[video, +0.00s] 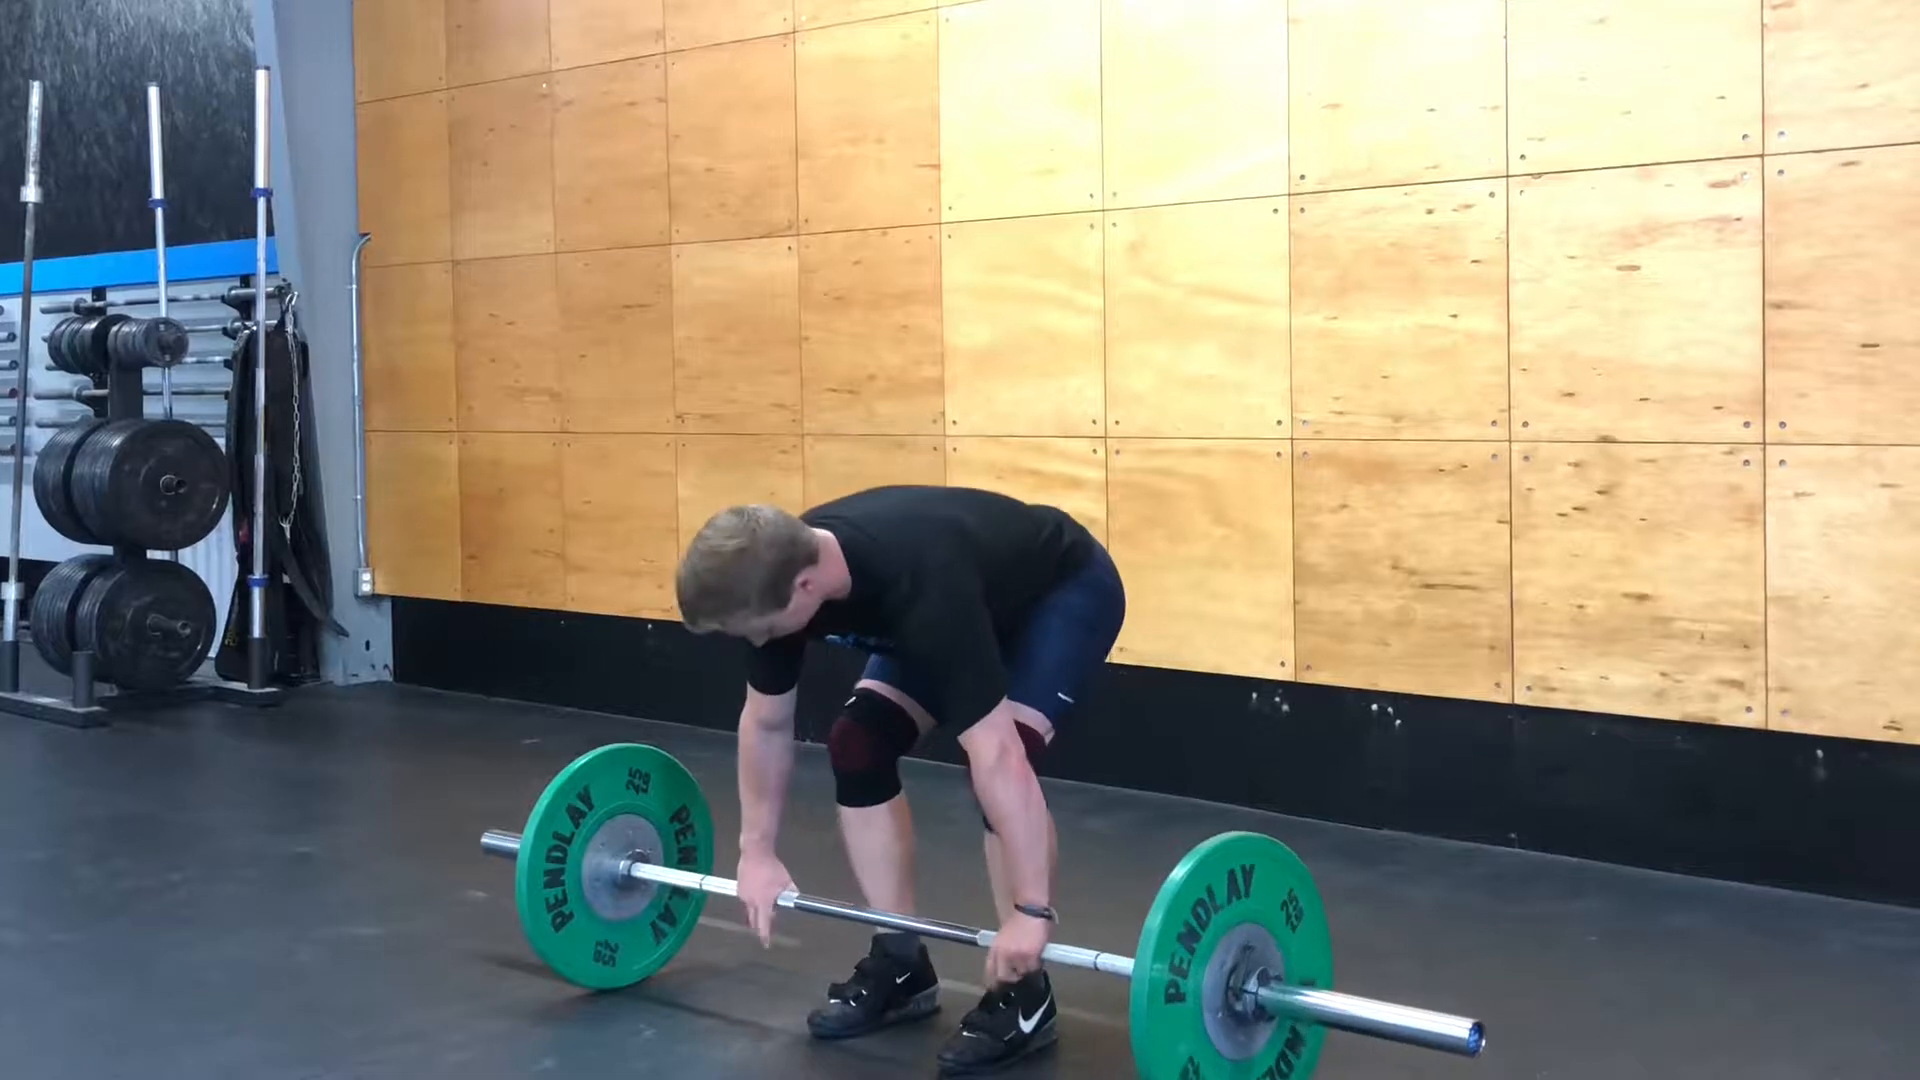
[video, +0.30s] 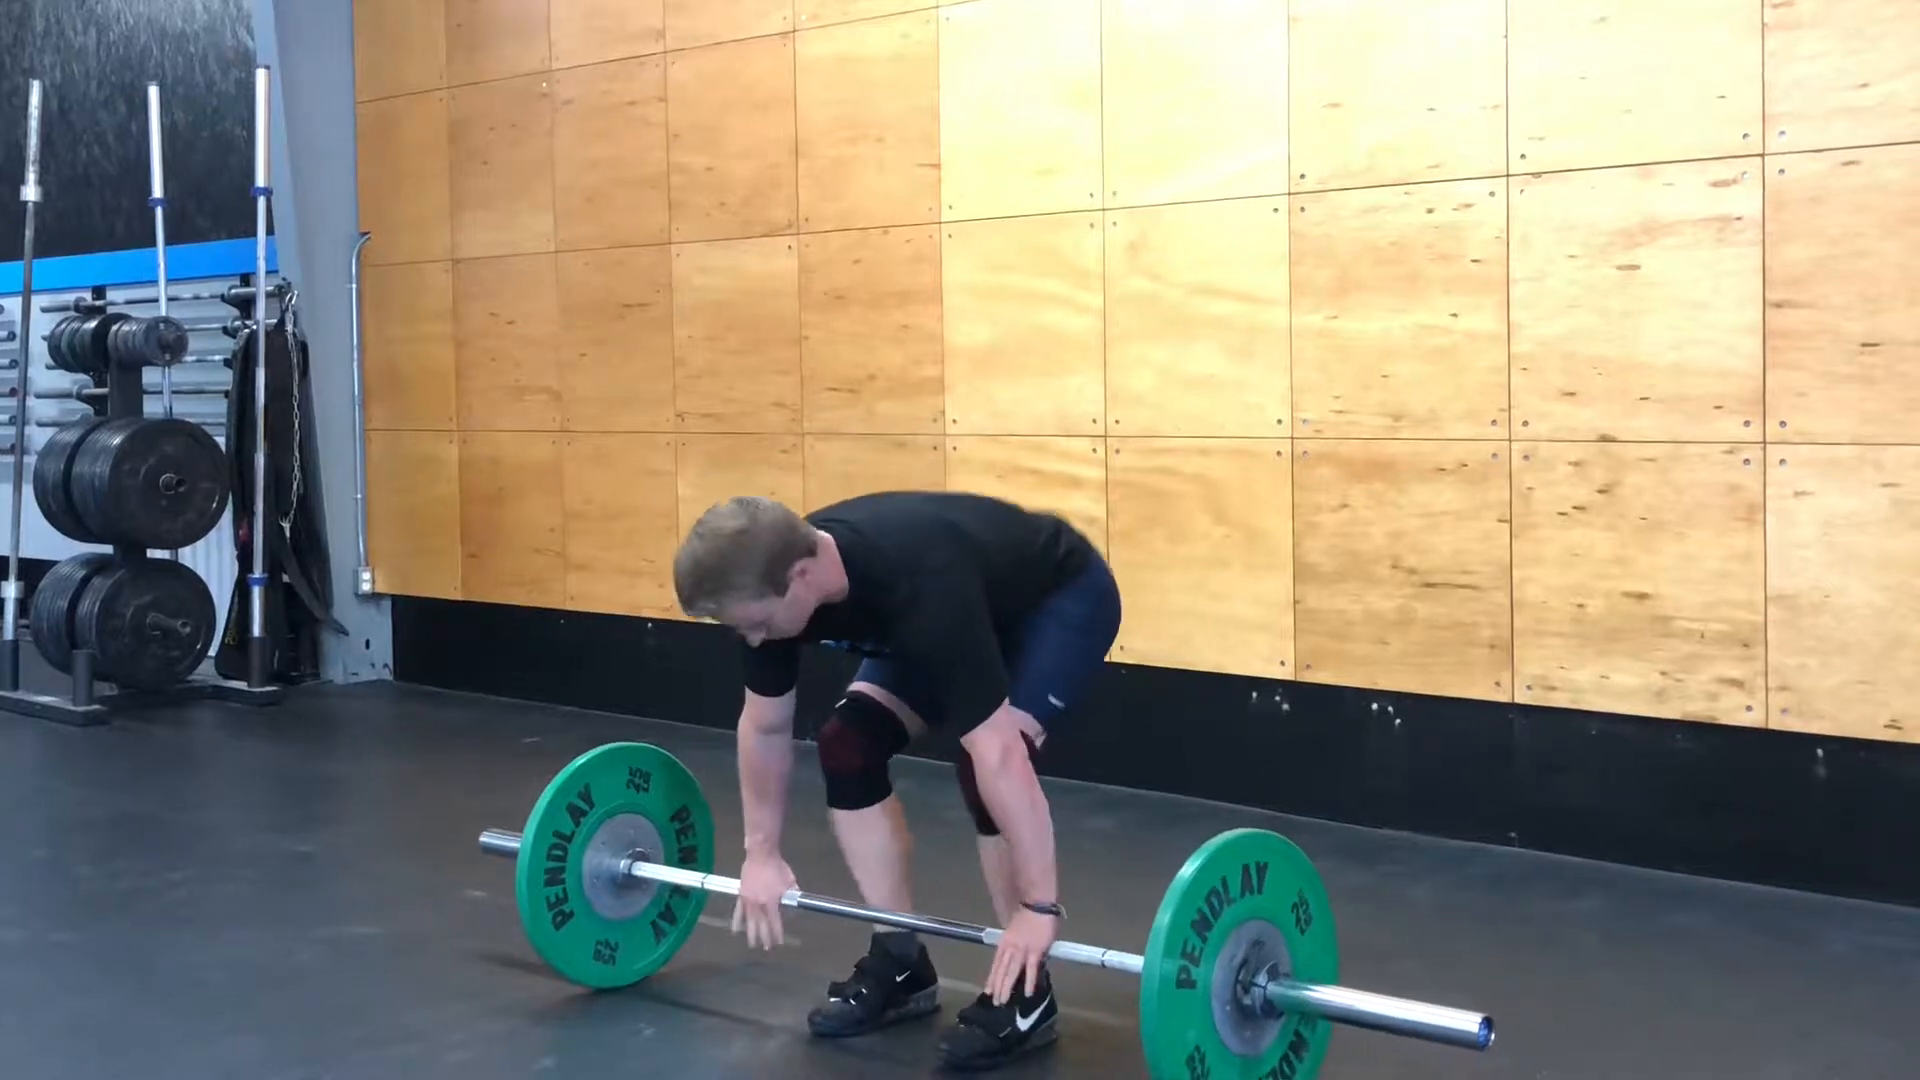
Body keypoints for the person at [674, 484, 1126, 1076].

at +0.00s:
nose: (757, 643)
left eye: (759, 632)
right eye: (744, 637)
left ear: (801, 589)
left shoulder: (930, 585)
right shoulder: (772, 575)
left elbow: (998, 752)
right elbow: (766, 722)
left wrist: (1031, 909)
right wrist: (757, 850)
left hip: (1066, 587)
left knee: (1000, 767)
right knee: (859, 742)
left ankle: (1021, 995)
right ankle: (901, 963)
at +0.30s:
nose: (754, 640)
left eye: (757, 625)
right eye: (741, 630)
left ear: (801, 579)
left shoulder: (929, 583)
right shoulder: (767, 579)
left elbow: (998, 751)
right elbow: (764, 726)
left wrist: (1041, 906)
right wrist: (761, 852)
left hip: (1064, 595)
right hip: (957, 605)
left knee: (991, 758)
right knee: (849, 742)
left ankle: (1023, 992)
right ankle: (900, 961)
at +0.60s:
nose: (730, 580)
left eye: (741, 556)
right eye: (720, 559)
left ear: (805, 528)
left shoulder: (917, 586)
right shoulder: (764, 606)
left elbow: (998, 757)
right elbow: (763, 735)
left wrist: (1043, 905)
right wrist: (767, 854)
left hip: (1040, 666)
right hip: (927, 680)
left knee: (956, 790)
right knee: (802, 780)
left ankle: (1023, 990)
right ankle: (898, 965)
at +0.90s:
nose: (745, 485)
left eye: (768, 464)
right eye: (741, 465)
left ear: (832, 477)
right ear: (739, 473)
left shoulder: (920, 579)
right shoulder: (768, 594)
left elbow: (991, 756)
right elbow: (767, 727)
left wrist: (1035, 899)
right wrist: (768, 847)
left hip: (1040, 665)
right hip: (931, 677)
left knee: (966, 792)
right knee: (801, 779)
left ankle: (1021, 990)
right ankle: (897, 962)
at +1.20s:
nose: (765, 361)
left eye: (788, 343)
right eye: (762, 344)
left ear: (853, 362)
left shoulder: (931, 480)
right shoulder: (783, 492)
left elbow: (996, 650)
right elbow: (778, 629)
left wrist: (1040, 798)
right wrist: (774, 750)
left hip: (1055, 580)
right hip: (947, 592)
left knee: (1024, 765)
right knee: (853, 739)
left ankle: (1024, 987)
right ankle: (897, 958)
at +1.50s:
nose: (845, 129)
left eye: (867, 113)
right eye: (844, 113)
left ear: (931, 132)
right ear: (853, 133)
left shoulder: (989, 263)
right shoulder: (833, 267)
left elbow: (1043, 410)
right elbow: (802, 403)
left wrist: (1046, 550)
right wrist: (782, 524)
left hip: (1006, 538)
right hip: (905, 533)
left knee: (1007, 760)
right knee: (875, 739)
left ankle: (1023, 986)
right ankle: (897, 960)